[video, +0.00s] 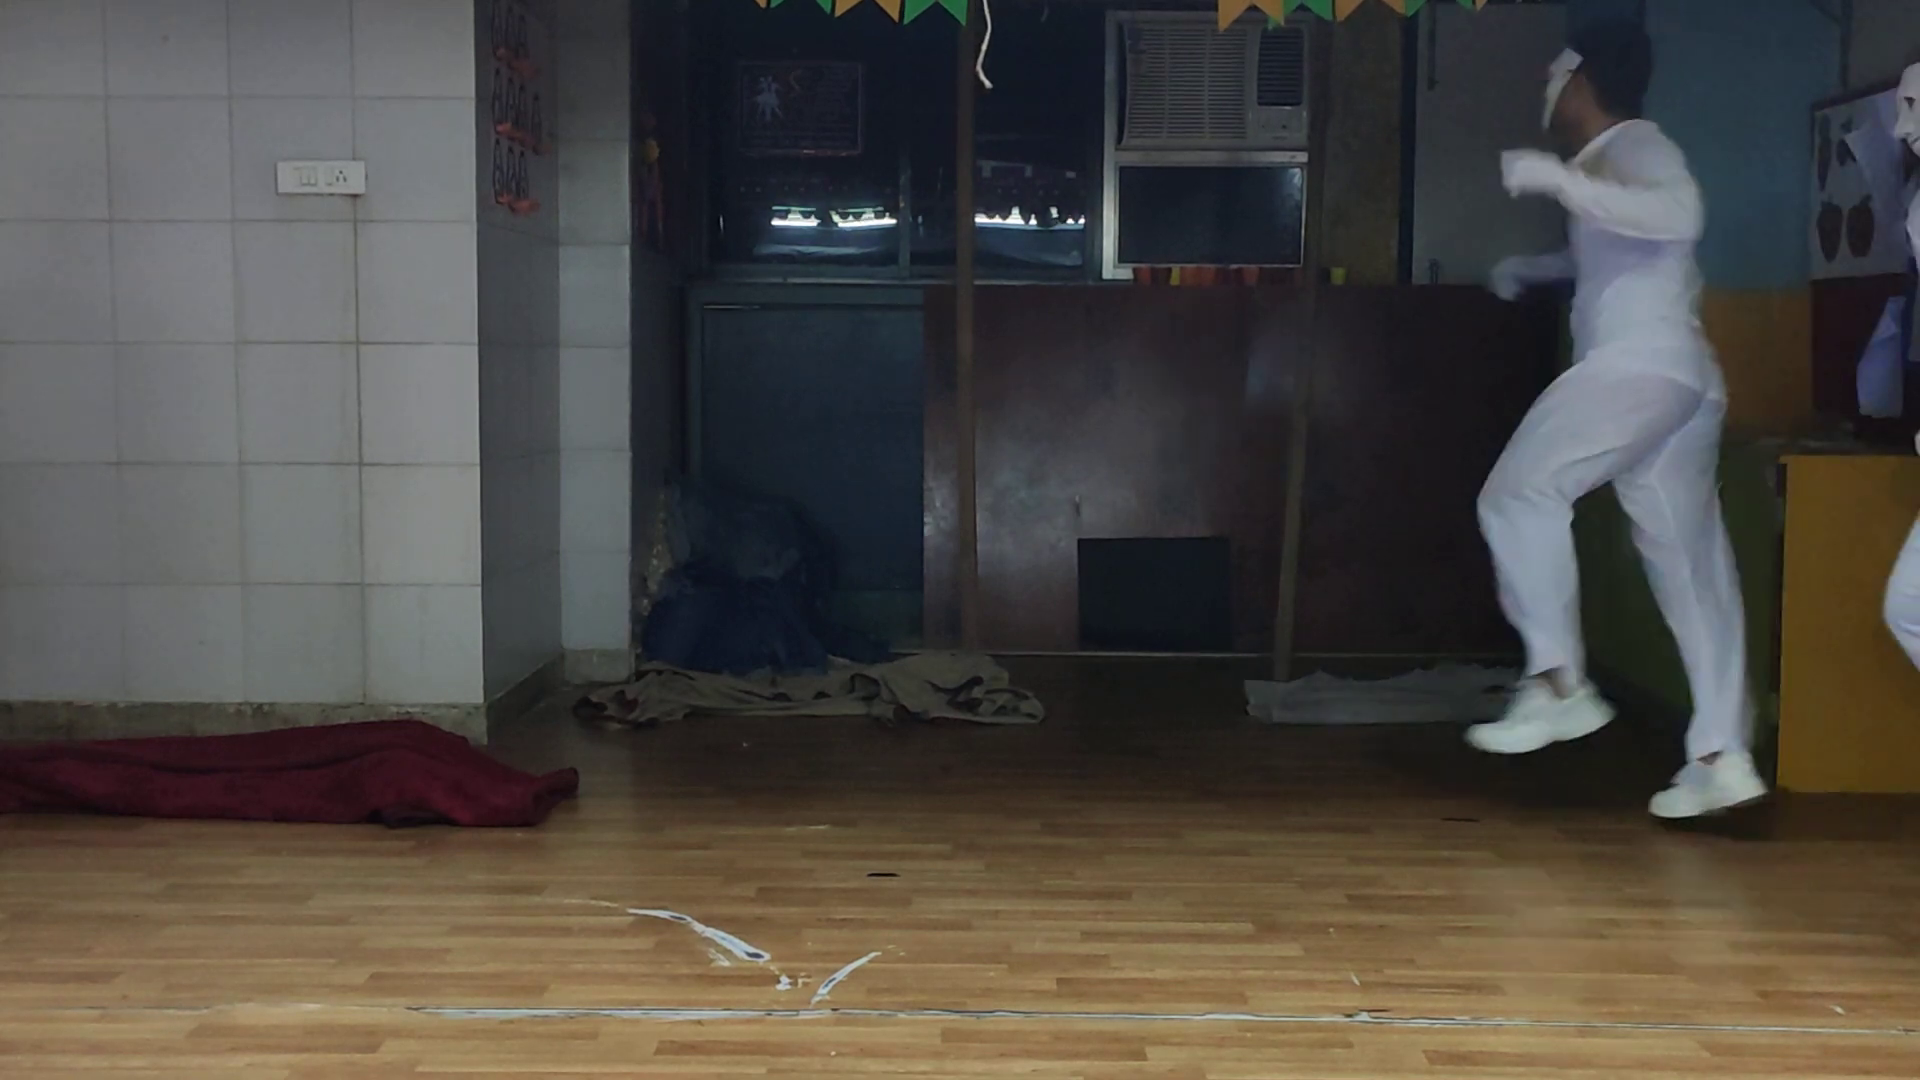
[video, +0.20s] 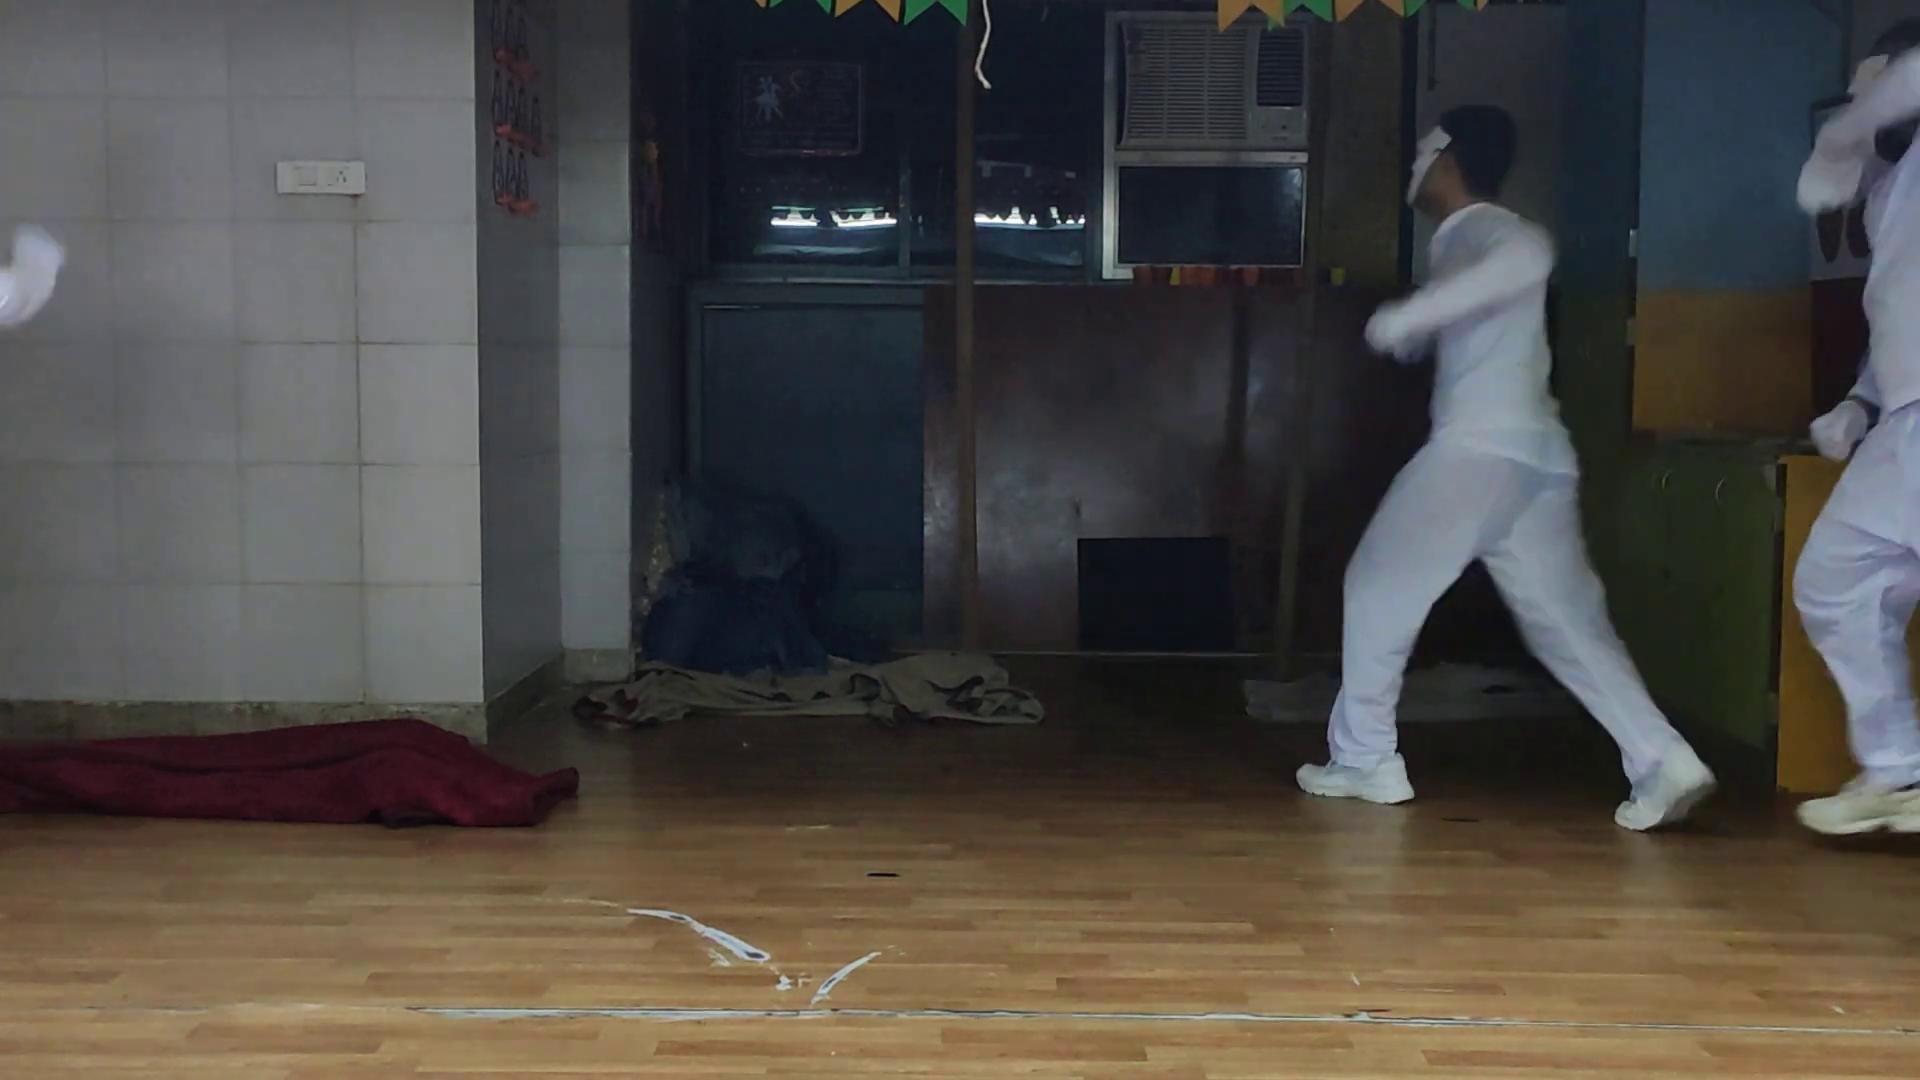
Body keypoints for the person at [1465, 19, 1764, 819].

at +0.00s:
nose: (1552, 93)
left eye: (1561, 77)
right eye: (1554, 79)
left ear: (1591, 82)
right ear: (1607, 85)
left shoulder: (1635, 143)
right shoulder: (1609, 164)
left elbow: (1679, 214)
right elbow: (1617, 254)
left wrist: (1563, 180)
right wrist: (1540, 270)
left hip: (1639, 365)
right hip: (1675, 377)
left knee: (1519, 494)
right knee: (1691, 565)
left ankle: (1559, 685)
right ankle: (1722, 756)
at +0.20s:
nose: (1415, 169)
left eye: (1423, 155)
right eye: (1420, 155)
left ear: (1448, 162)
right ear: (1471, 169)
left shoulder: (1486, 226)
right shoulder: (1456, 241)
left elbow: (1528, 260)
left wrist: (1409, 317)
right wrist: (1418, 336)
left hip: (1479, 452)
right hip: (1530, 460)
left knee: (1378, 588)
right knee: (1568, 625)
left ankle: (1365, 758)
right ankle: (1663, 762)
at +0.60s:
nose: (1265, 186)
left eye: (1269, 178)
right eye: (1275, 179)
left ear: (1277, 183)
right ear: (1332, 196)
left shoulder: (1255, 226)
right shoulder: (1357, 261)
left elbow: (1174, 168)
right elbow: (1446, 291)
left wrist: (1125, 164)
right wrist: (1398, 318)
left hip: (1266, 420)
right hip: (1338, 430)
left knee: (1291, 572)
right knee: (1276, 568)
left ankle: (1370, 706)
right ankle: (1247, 707)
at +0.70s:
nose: (1227, 172)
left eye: (1229, 163)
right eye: (1232, 163)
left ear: (1238, 169)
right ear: (1293, 176)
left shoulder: (1224, 225)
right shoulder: (1325, 256)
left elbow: (1184, 298)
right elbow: (1340, 355)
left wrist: (1134, 363)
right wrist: (1313, 413)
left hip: (1239, 410)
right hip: (1309, 422)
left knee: (1174, 536)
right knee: (1265, 559)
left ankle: (1269, 591)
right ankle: (1245, 706)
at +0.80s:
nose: (1174, 154)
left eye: (1178, 143)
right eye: (1177, 143)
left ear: (1191, 145)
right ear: (1238, 145)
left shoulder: (1195, 202)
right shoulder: (1289, 214)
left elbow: (1184, 284)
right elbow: (1324, 299)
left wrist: (1135, 356)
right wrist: (1274, 338)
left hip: (1206, 375)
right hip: (1278, 387)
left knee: (1140, 469)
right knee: (1261, 537)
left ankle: (1202, 565)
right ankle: (1246, 688)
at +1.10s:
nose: (1067, 210)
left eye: (1070, 199)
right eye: (1068, 199)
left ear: (1086, 196)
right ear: (1126, 193)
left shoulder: (1108, 237)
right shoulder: (1181, 229)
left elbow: (1095, 282)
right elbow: (1246, 236)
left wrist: (1013, 324)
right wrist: (1215, 229)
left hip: (1123, 414)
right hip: (1189, 415)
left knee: (1107, 536)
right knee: (1191, 528)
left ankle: (1124, 661)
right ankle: (1200, 622)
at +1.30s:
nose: (1034, 176)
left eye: (1036, 166)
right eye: (1035, 166)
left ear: (1049, 167)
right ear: (1090, 166)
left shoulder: (1043, 220)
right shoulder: (1136, 217)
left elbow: (1014, 302)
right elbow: (1183, 288)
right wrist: (1128, 297)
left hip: (1093, 384)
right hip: (1148, 379)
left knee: (1104, 511)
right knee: (1121, 498)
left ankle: (1136, 649)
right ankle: (1136, 608)